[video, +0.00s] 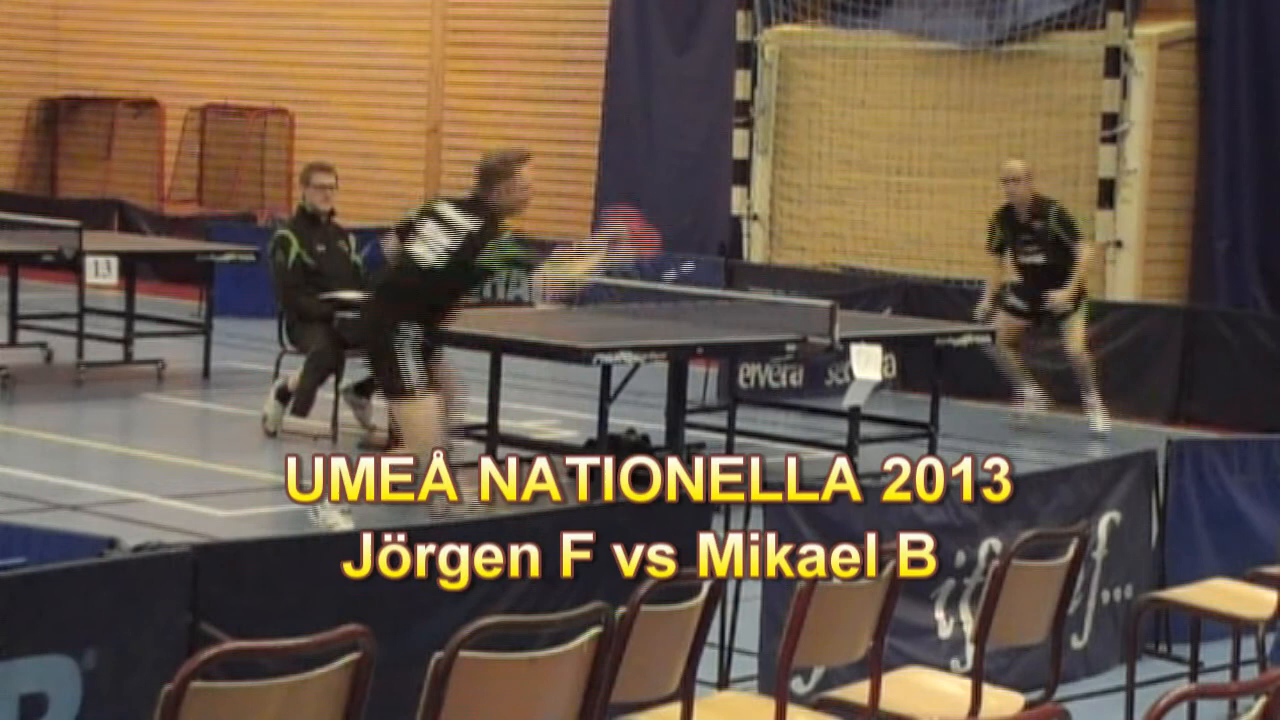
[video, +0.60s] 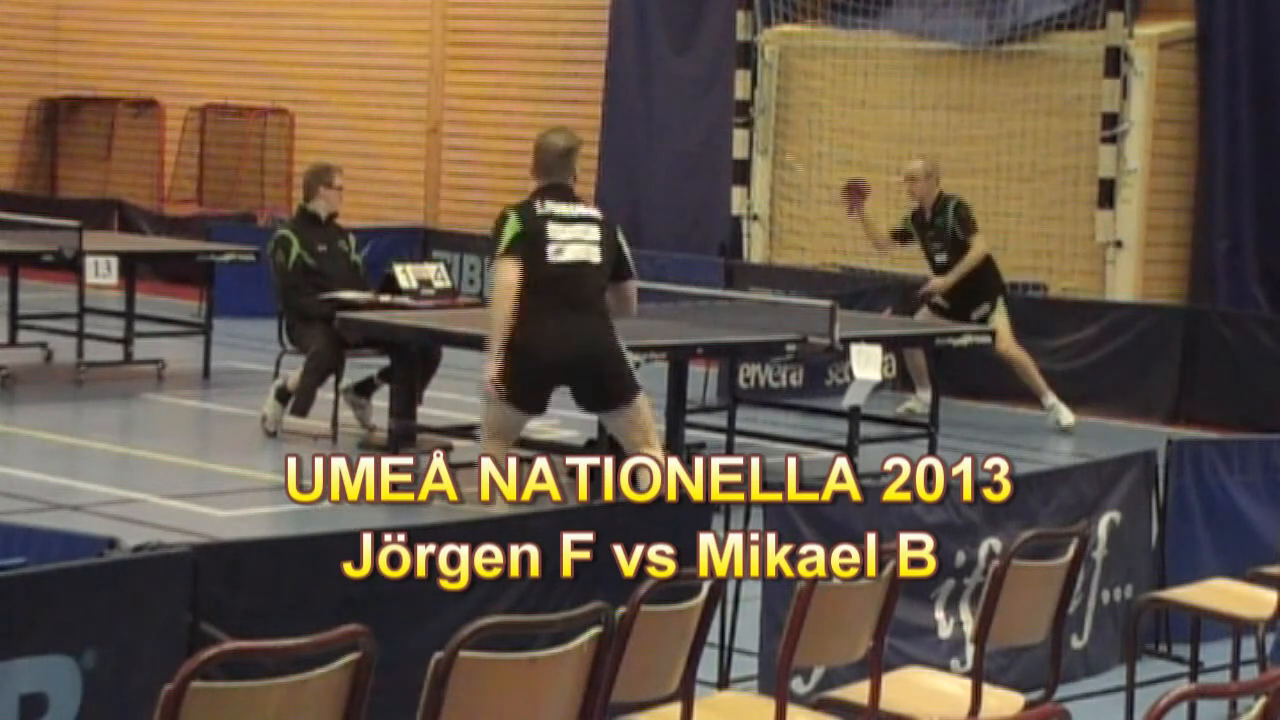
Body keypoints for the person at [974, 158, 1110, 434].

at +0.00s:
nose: (1010, 188)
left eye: (1015, 182)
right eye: (1005, 182)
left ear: (1029, 183)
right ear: (1001, 186)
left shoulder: (1052, 212)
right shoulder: (1002, 218)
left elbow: (1085, 249)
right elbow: (998, 265)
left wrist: (1068, 290)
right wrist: (988, 299)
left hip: (1062, 288)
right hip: (1025, 288)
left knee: (1075, 349)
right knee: (999, 341)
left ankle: (1092, 403)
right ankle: (1031, 393)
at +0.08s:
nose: (995, 193)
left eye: (1000, 186)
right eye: (990, 187)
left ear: (1014, 187)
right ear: (986, 191)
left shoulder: (1038, 217)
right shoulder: (988, 224)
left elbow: (1063, 259)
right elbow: (985, 274)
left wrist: (1046, 299)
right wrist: (970, 305)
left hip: (1048, 293)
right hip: (1010, 293)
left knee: (1064, 363)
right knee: (973, 338)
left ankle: (1086, 406)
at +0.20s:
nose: (964, 210)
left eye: (969, 203)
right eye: (960, 205)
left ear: (984, 203)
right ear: (958, 207)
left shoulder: (1006, 233)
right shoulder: (964, 238)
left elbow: (1027, 280)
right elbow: (966, 285)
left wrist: (997, 319)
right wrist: (937, 315)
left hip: (1024, 312)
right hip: (984, 310)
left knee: (1040, 372)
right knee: (945, 354)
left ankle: (1082, 413)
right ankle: (923, 401)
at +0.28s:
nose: (939, 212)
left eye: (944, 205)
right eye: (936, 206)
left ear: (959, 205)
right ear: (935, 209)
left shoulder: (978, 233)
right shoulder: (953, 238)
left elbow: (996, 283)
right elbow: (965, 282)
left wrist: (968, 313)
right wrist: (933, 307)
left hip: (1009, 310)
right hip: (980, 308)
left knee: (1021, 377)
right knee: (926, 334)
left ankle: (1078, 411)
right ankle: (924, 400)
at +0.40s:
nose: (911, 207)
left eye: (915, 200)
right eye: (909, 201)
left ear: (936, 199)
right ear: (926, 202)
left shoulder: (953, 225)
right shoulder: (937, 230)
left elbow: (974, 268)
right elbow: (944, 280)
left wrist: (946, 302)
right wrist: (911, 292)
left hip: (992, 309)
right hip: (963, 308)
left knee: (1009, 372)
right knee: (906, 329)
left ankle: (1065, 409)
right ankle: (923, 398)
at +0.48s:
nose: (906, 203)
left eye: (909, 195)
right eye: (904, 197)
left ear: (929, 193)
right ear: (917, 196)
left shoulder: (951, 219)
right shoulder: (928, 231)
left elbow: (973, 258)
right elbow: (925, 276)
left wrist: (944, 292)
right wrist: (878, 273)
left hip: (988, 305)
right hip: (955, 305)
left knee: (1005, 363)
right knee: (906, 330)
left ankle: (1058, 408)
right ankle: (923, 398)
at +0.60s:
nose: (910, 186)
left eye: (915, 180)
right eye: (907, 181)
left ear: (934, 181)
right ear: (908, 185)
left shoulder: (955, 209)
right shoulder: (917, 219)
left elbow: (979, 248)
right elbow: (883, 243)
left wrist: (946, 280)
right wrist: (862, 216)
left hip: (985, 292)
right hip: (951, 295)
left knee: (1004, 346)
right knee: (908, 333)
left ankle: (1052, 403)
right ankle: (924, 398)